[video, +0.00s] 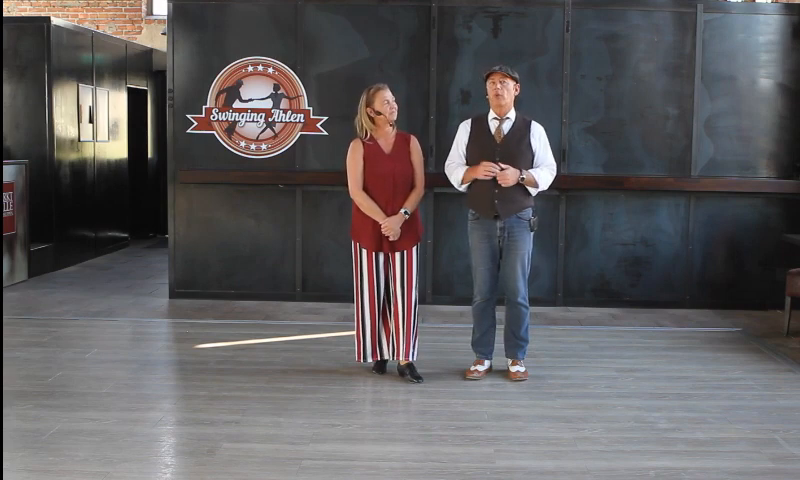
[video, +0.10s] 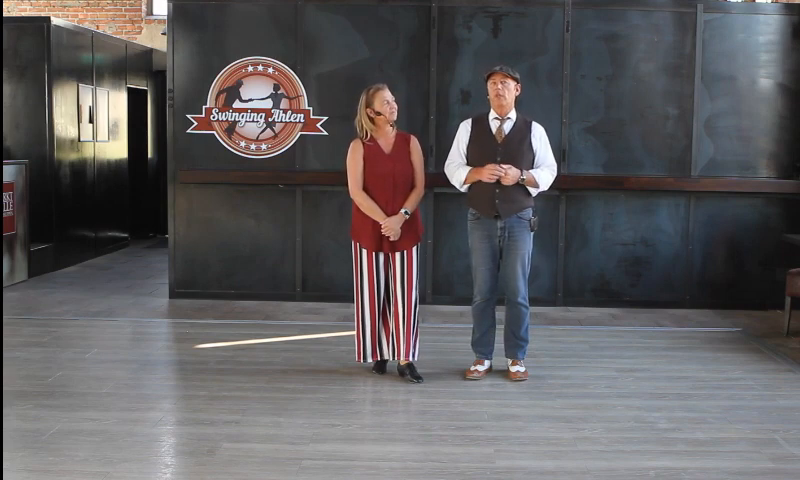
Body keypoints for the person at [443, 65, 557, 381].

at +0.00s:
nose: (498, 88)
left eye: (503, 83)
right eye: (493, 84)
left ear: (515, 89)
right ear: (486, 90)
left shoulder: (532, 129)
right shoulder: (469, 127)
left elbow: (548, 171)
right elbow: (452, 169)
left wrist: (520, 176)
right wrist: (472, 172)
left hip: (519, 220)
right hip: (480, 220)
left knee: (516, 292)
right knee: (482, 292)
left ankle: (516, 358)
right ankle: (482, 358)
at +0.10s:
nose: (499, 89)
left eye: (505, 84)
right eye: (494, 84)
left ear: (516, 90)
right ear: (487, 91)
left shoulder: (533, 130)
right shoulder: (469, 127)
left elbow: (548, 171)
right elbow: (452, 168)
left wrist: (521, 176)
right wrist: (477, 172)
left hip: (519, 220)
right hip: (480, 220)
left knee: (516, 292)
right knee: (482, 292)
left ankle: (516, 358)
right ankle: (482, 358)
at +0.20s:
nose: (501, 90)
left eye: (507, 85)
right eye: (496, 86)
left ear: (517, 91)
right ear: (488, 91)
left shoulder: (534, 131)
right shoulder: (469, 127)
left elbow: (549, 172)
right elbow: (451, 168)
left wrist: (523, 176)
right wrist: (478, 173)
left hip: (520, 220)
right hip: (481, 220)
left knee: (516, 292)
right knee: (483, 292)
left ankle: (516, 358)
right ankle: (482, 358)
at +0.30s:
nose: (502, 90)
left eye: (508, 85)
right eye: (497, 85)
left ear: (518, 91)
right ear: (489, 91)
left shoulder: (534, 131)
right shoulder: (470, 127)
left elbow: (549, 172)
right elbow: (451, 168)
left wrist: (523, 176)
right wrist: (480, 173)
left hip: (520, 220)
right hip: (481, 220)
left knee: (517, 292)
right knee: (483, 292)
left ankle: (516, 358)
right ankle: (482, 358)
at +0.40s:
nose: (503, 91)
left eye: (508, 86)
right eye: (498, 86)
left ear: (518, 91)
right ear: (489, 91)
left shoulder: (534, 131)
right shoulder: (470, 127)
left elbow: (549, 172)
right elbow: (452, 169)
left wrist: (525, 176)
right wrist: (481, 174)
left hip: (521, 221)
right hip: (482, 221)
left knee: (518, 292)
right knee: (483, 292)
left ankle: (516, 359)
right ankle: (482, 358)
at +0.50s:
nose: (503, 91)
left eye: (508, 86)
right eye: (497, 86)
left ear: (518, 91)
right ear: (489, 91)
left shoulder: (534, 131)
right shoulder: (470, 127)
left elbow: (549, 171)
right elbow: (452, 169)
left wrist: (525, 176)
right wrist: (482, 174)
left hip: (521, 221)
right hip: (483, 221)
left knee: (518, 293)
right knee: (484, 292)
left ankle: (516, 359)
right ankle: (482, 358)